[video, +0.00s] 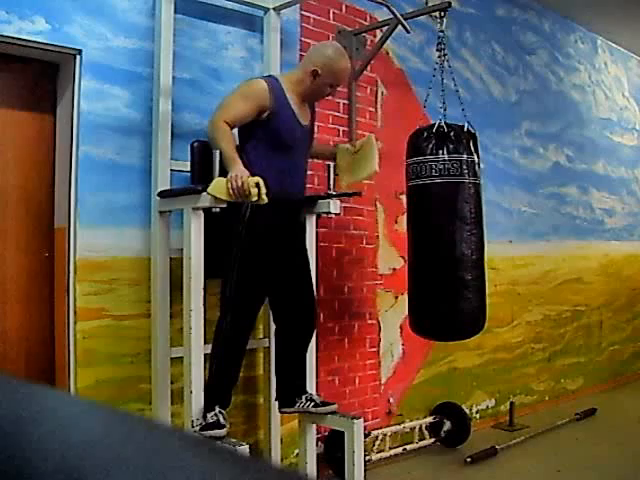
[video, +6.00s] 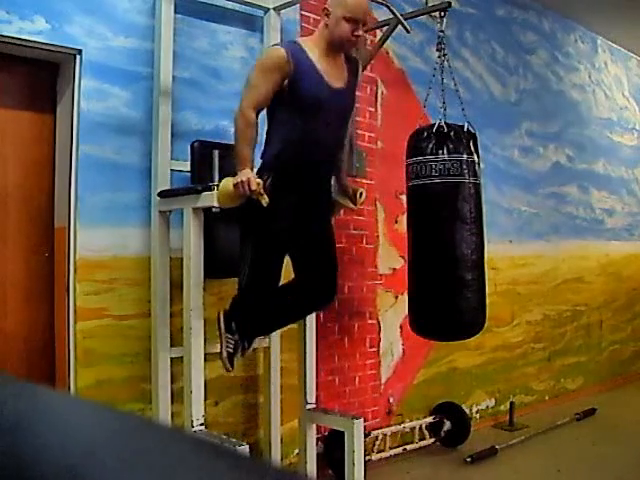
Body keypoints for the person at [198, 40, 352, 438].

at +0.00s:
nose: (329, 96)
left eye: (333, 90)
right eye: (330, 87)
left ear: (318, 77)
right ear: (313, 72)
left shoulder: (304, 106)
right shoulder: (263, 91)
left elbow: (297, 147)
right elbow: (219, 123)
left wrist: (341, 151)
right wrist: (236, 166)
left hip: (287, 222)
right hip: (251, 220)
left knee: (299, 312)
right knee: (238, 316)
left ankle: (292, 396)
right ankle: (214, 410)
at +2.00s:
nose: (321, 70)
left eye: (330, 66)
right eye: (318, 60)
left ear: (340, 63)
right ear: (307, 44)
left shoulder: (329, 88)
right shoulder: (261, 76)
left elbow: (322, 136)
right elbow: (224, 117)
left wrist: (339, 175)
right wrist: (235, 157)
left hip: (303, 211)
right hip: (258, 208)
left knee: (313, 306)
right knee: (239, 308)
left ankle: (298, 382)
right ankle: (213, 405)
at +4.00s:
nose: (337, 46)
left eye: (342, 39)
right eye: (331, 36)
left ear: (346, 36)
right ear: (309, 24)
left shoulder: (335, 69)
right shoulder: (268, 56)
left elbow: (332, 124)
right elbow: (245, 113)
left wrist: (338, 178)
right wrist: (246, 168)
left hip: (312, 194)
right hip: (271, 192)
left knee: (328, 288)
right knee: (260, 294)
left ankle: (304, 373)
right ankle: (226, 391)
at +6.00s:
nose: (357, 32)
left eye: (363, 26)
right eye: (352, 22)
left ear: (365, 30)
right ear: (327, 14)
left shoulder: (350, 66)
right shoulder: (283, 58)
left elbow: (338, 129)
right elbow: (247, 111)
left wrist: (342, 179)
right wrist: (244, 167)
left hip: (315, 193)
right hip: (275, 189)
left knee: (320, 287)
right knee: (260, 279)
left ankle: (243, 323)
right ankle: (241, 330)